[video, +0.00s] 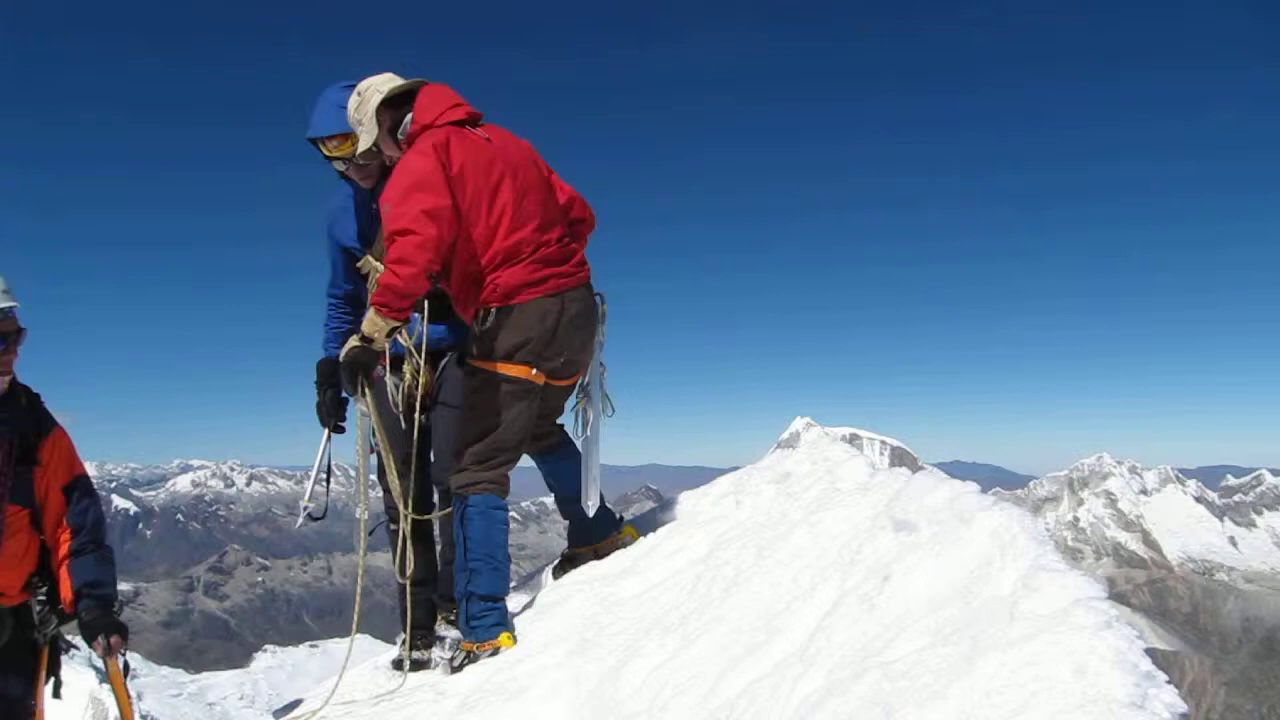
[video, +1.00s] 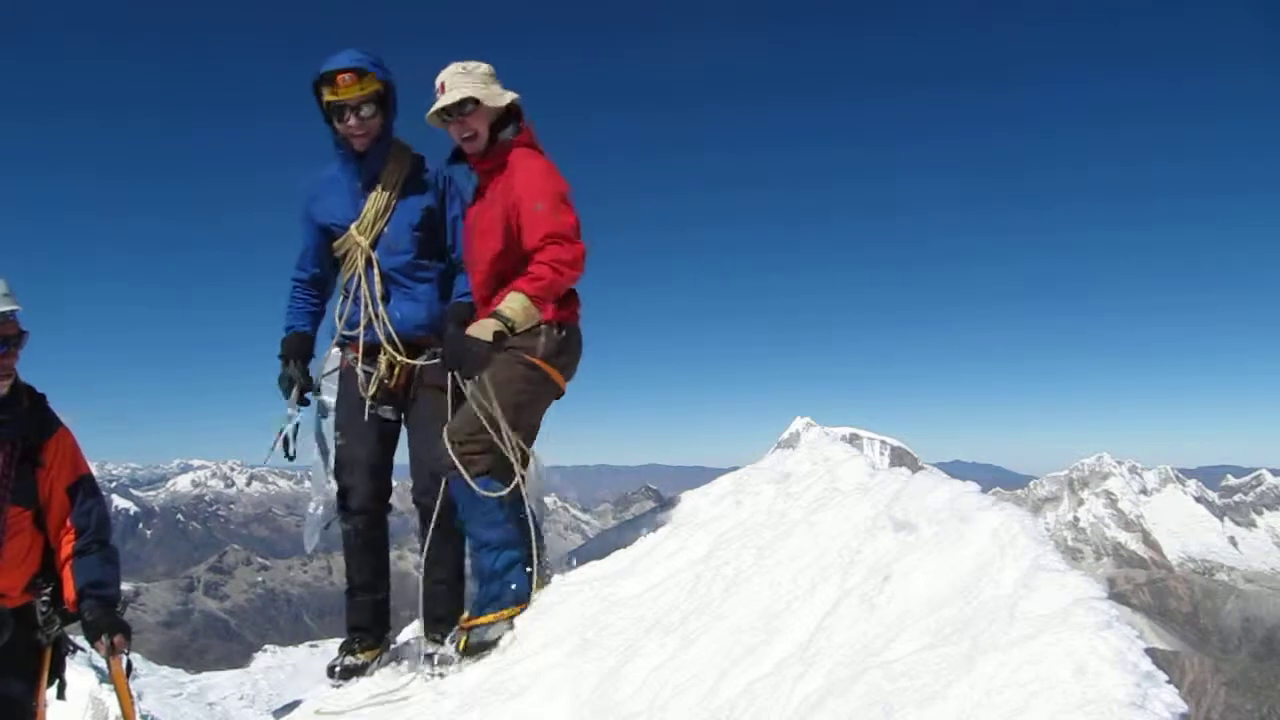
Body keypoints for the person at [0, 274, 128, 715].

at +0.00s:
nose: (9, 349)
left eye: (14, 337)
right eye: (1, 338)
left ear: (22, 338)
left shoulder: (33, 425)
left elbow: (77, 520)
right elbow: (77, 519)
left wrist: (94, 604)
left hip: (14, 623)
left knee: (17, 708)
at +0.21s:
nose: (8, 350)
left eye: (13, 337)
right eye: (1, 338)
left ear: (21, 339)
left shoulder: (32, 422)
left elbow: (77, 519)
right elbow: (77, 518)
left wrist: (94, 603)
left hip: (15, 622)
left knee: (18, 707)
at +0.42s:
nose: (8, 349)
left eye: (13, 337)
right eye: (1, 338)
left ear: (21, 338)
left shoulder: (33, 422)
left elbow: (77, 518)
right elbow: (77, 517)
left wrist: (95, 603)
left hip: (16, 621)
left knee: (18, 708)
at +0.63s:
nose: (10, 349)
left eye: (16, 337)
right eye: (2, 337)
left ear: (24, 338)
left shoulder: (36, 423)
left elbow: (79, 519)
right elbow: (79, 518)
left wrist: (96, 603)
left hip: (16, 622)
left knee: (18, 707)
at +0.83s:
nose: (10, 352)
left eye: (16, 338)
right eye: (2, 340)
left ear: (25, 339)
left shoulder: (36, 423)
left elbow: (80, 519)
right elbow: (80, 518)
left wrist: (96, 602)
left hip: (17, 623)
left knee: (17, 706)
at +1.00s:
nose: (10, 353)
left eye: (15, 340)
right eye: (2, 341)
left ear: (24, 341)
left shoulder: (37, 424)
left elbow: (80, 519)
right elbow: (81, 518)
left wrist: (96, 602)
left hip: (18, 622)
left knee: (18, 706)